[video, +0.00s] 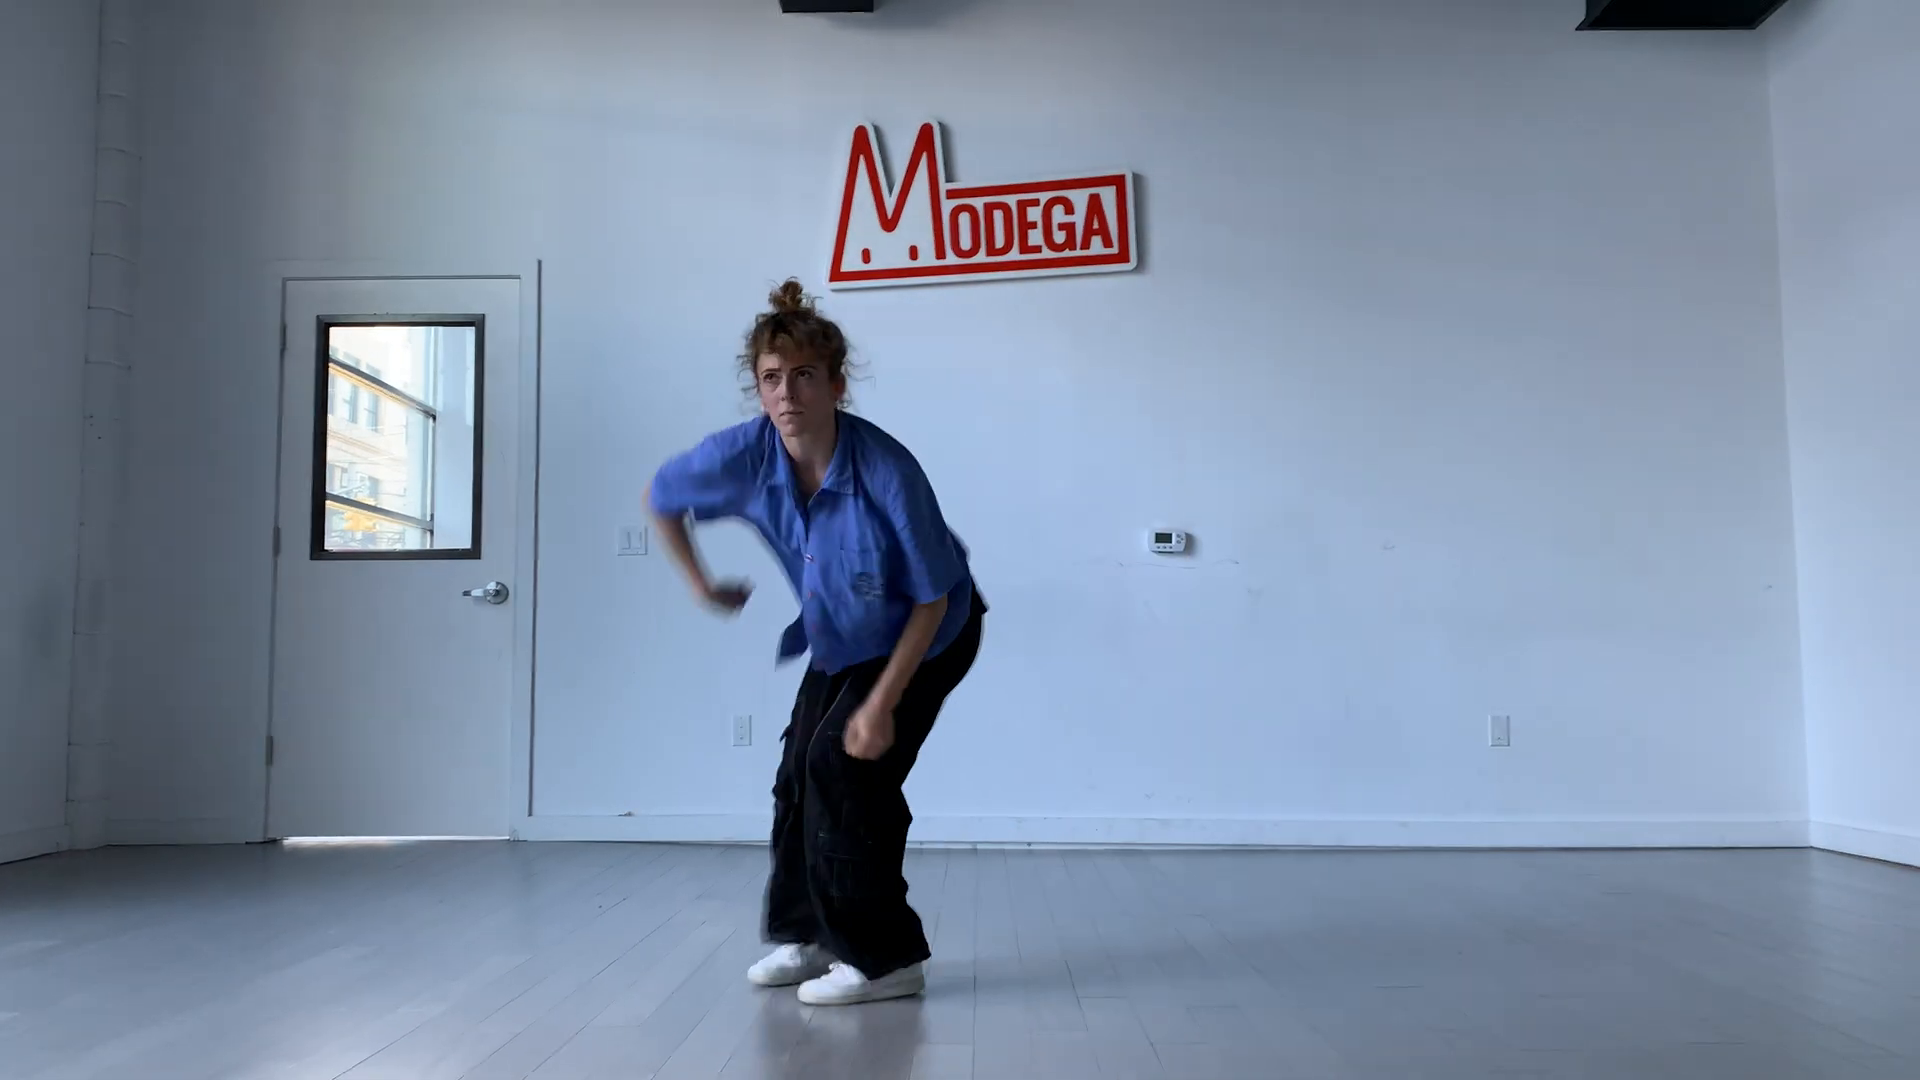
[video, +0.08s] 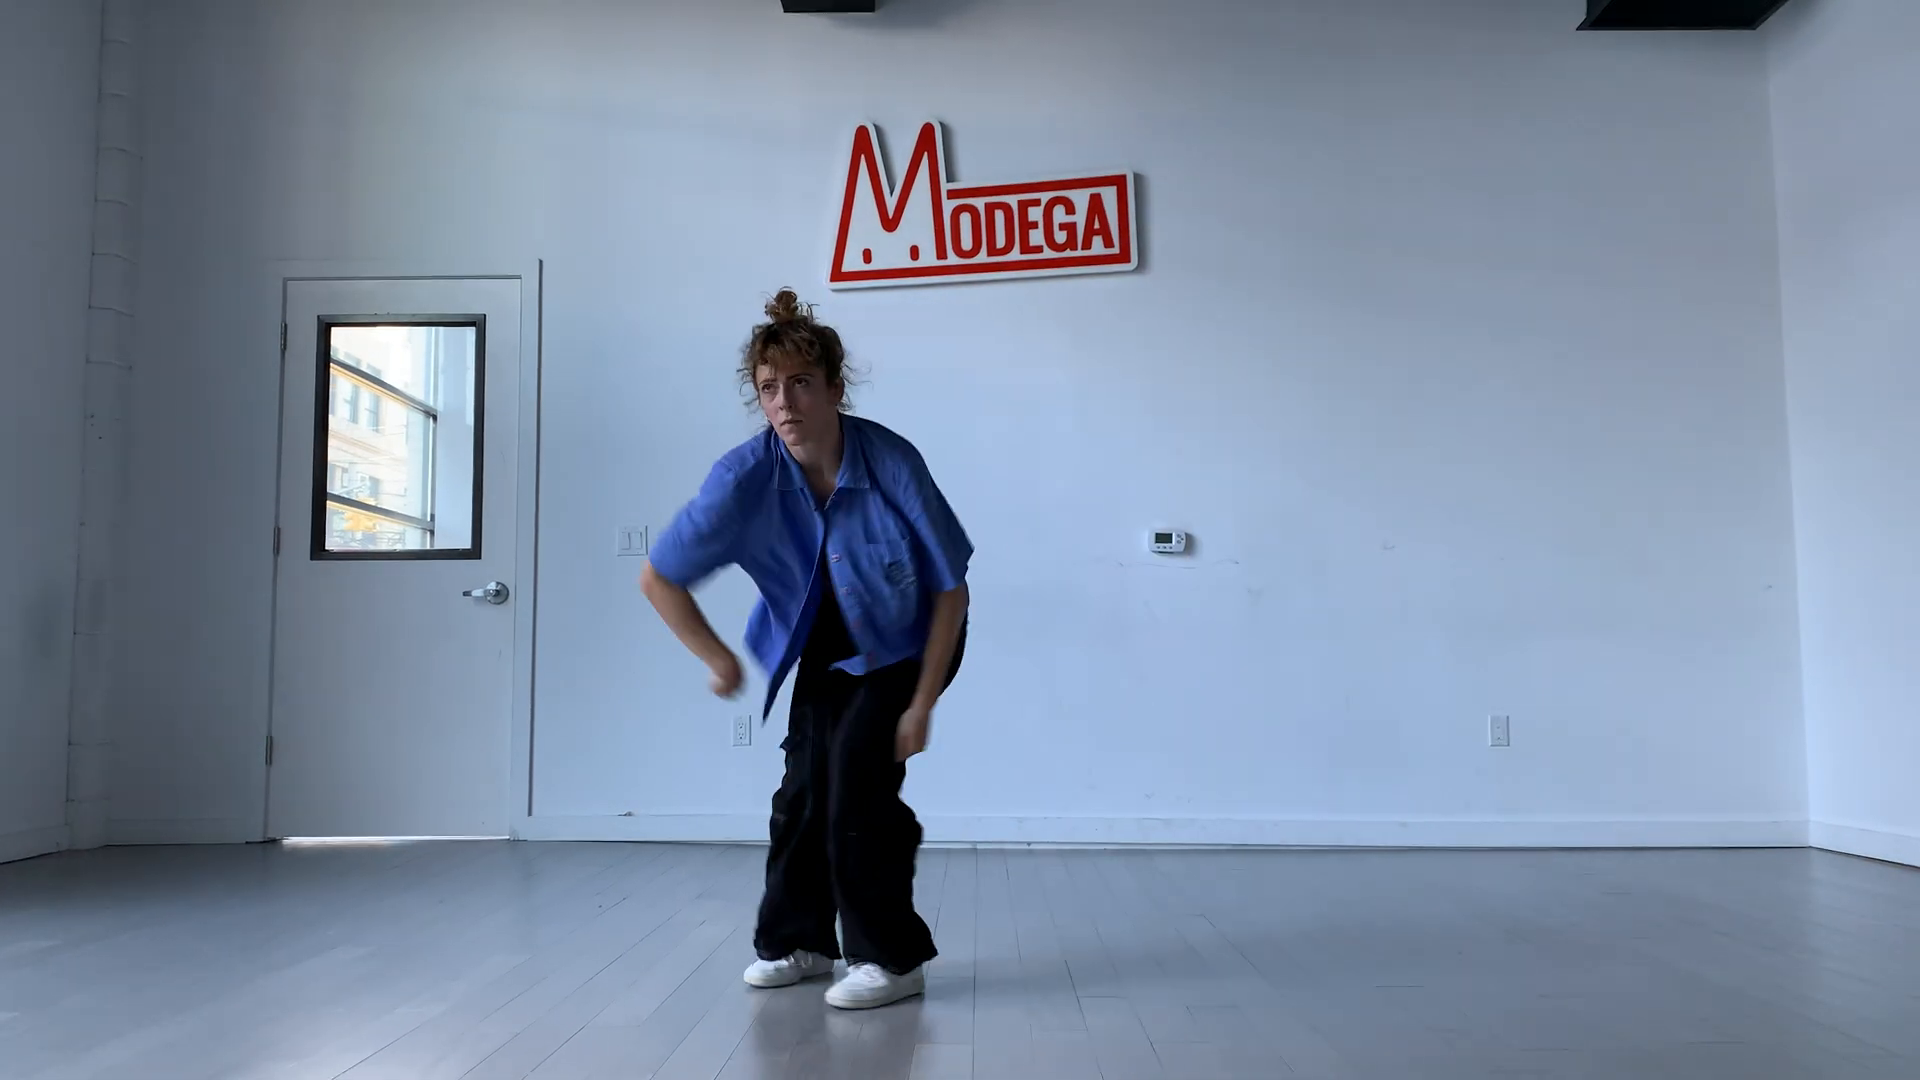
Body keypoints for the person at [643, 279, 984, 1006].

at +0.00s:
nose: (786, 392)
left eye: (802, 376)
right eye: (772, 378)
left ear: (837, 384)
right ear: (757, 390)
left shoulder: (886, 473)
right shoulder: (749, 453)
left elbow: (937, 594)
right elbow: (661, 495)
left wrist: (882, 699)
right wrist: (701, 584)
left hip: (926, 626)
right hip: (842, 629)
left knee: (848, 763)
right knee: (800, 768)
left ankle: (887, 957)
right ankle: (809, 936)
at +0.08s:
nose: (784, 402)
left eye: (799, 384)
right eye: (770, 388)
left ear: (835, 387)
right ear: (757, 397)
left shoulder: (891, 464)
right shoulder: (745, 477)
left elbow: (951, 583)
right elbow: (657, 576)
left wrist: (923, 703)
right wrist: (718, 657)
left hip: (904, 643)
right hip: (818, 648)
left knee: (858, 774)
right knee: (803, 784)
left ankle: (891, 957)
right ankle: (802, 943)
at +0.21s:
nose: (770, 414)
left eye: (786, 395)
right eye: (757, 398)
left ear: (823, 395)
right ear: (746, 407)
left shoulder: (884, 453)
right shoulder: (750, 479)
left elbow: (983, 521)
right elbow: (761, 595)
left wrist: (980, 634)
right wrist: (868, 609)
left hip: (909, 646)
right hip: (811, 659)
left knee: (926, 772)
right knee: (776, 804)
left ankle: (933, 937)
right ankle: (807, 943)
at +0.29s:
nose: (766, 412)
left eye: (782, 394)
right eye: (754, 397)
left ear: (819, 394)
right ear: (744, 403)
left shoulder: (867, 436)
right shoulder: (753, 476)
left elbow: (942, 437)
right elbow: (826, 567)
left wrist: (953, 542)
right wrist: (943, 550)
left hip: (913, 654)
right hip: (819, 659)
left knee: (968, 780)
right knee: (739, 805)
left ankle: (1019, 937)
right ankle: (800, 940)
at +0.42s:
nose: (788, 399)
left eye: (798, 383)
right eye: (772, 388)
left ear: (825, 384)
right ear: (756, 402)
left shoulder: (867, 437)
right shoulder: (765, 470)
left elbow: (849, 340)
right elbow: (820, 536)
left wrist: (789, 368)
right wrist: (917, 506)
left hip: (921, 668)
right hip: (826, 674)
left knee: (1008, 797)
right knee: (700, 790)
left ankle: (1068, 937)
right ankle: (799, 935)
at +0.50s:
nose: (763, 383)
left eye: (776, 367)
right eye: (758, 372)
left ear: (823, 372)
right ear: (758, 384)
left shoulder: (871, 416)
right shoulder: (769, 459)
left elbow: (846, 301)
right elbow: (724, 503)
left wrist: (727, 287)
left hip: (910, 663)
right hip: (820, 662)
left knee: (1003, 798)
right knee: (689, 790)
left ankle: (1072, 930)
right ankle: (789, 929)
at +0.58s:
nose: (766, 383)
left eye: (773, 367)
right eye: (764, 370)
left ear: (813, 368)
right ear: (795, 374)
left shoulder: (878, 419)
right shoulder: (758, 449)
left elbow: (867, 318)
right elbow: (658, 439)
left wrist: (840, 254)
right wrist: (625, 345)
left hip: (891, 654)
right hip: (797, 652)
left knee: (969, 787)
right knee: (698, 786)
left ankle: (1019, 913)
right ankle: (787, 929)